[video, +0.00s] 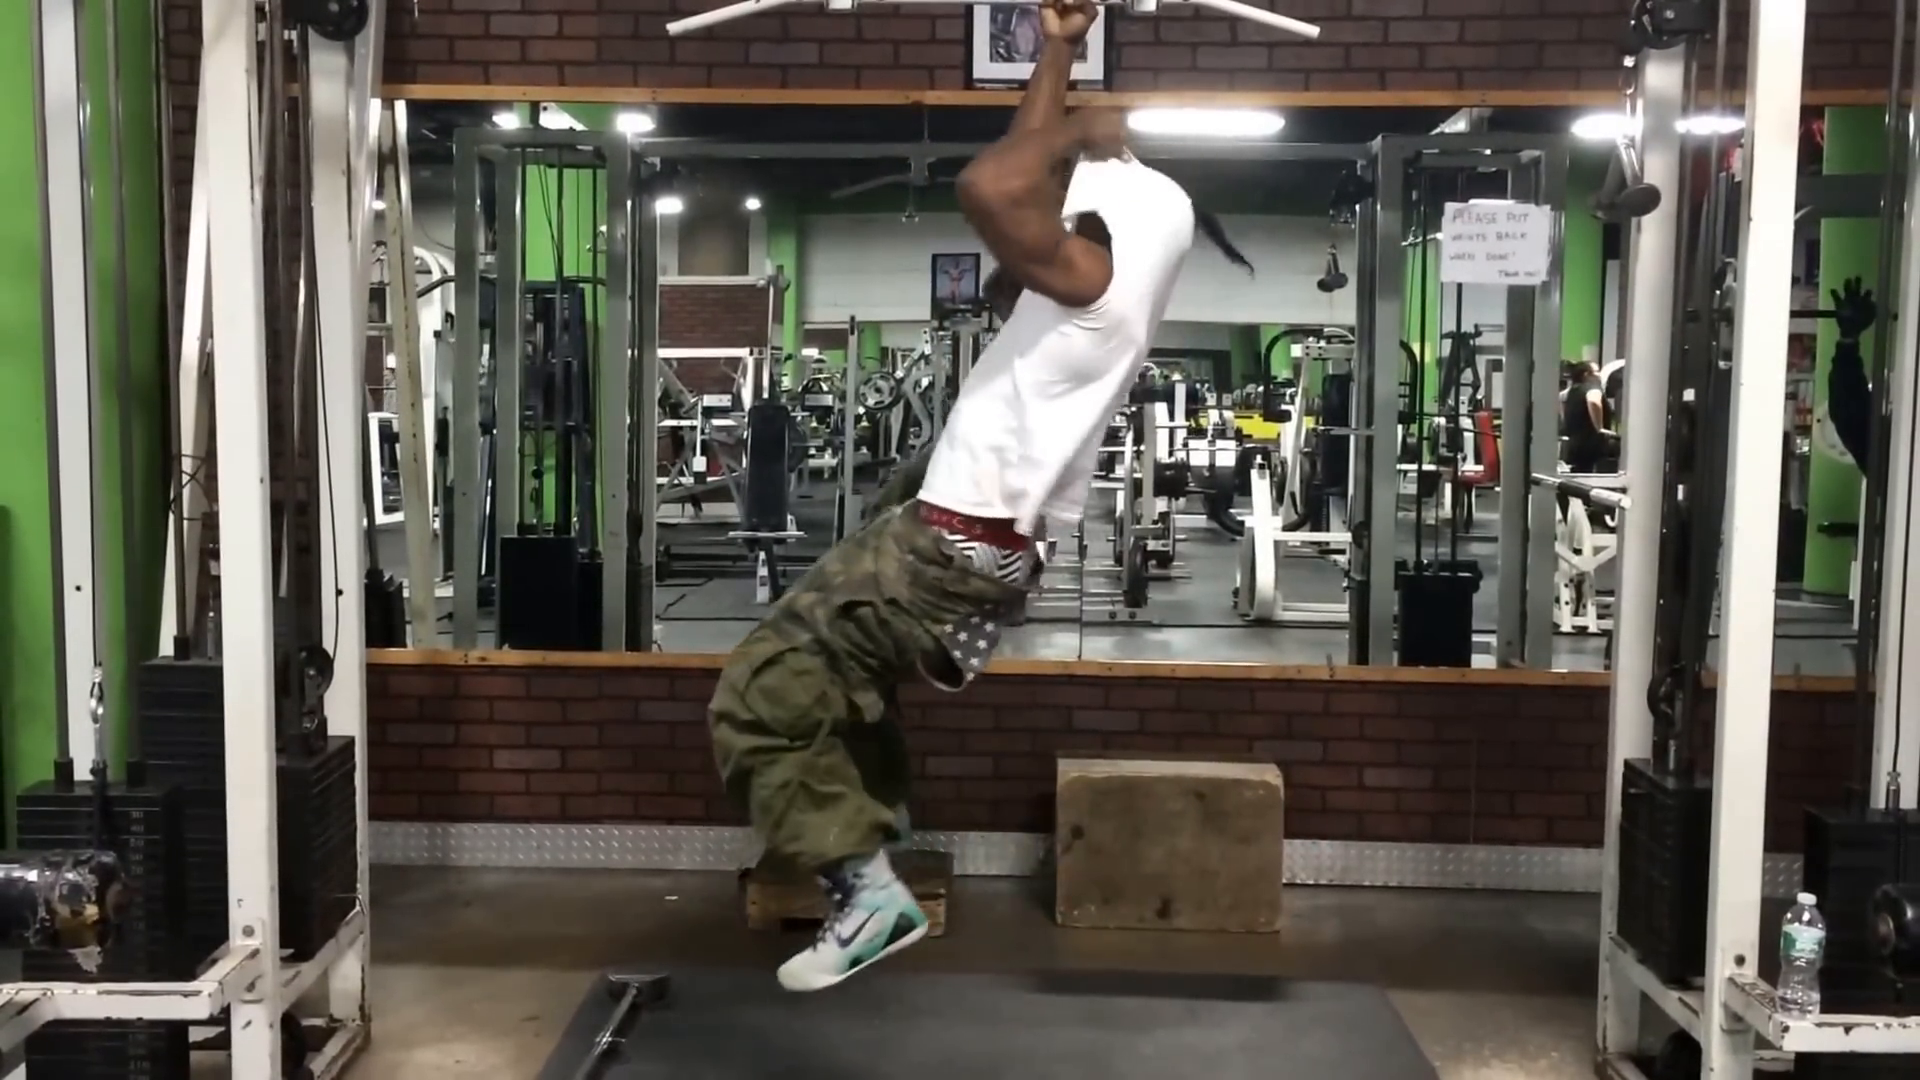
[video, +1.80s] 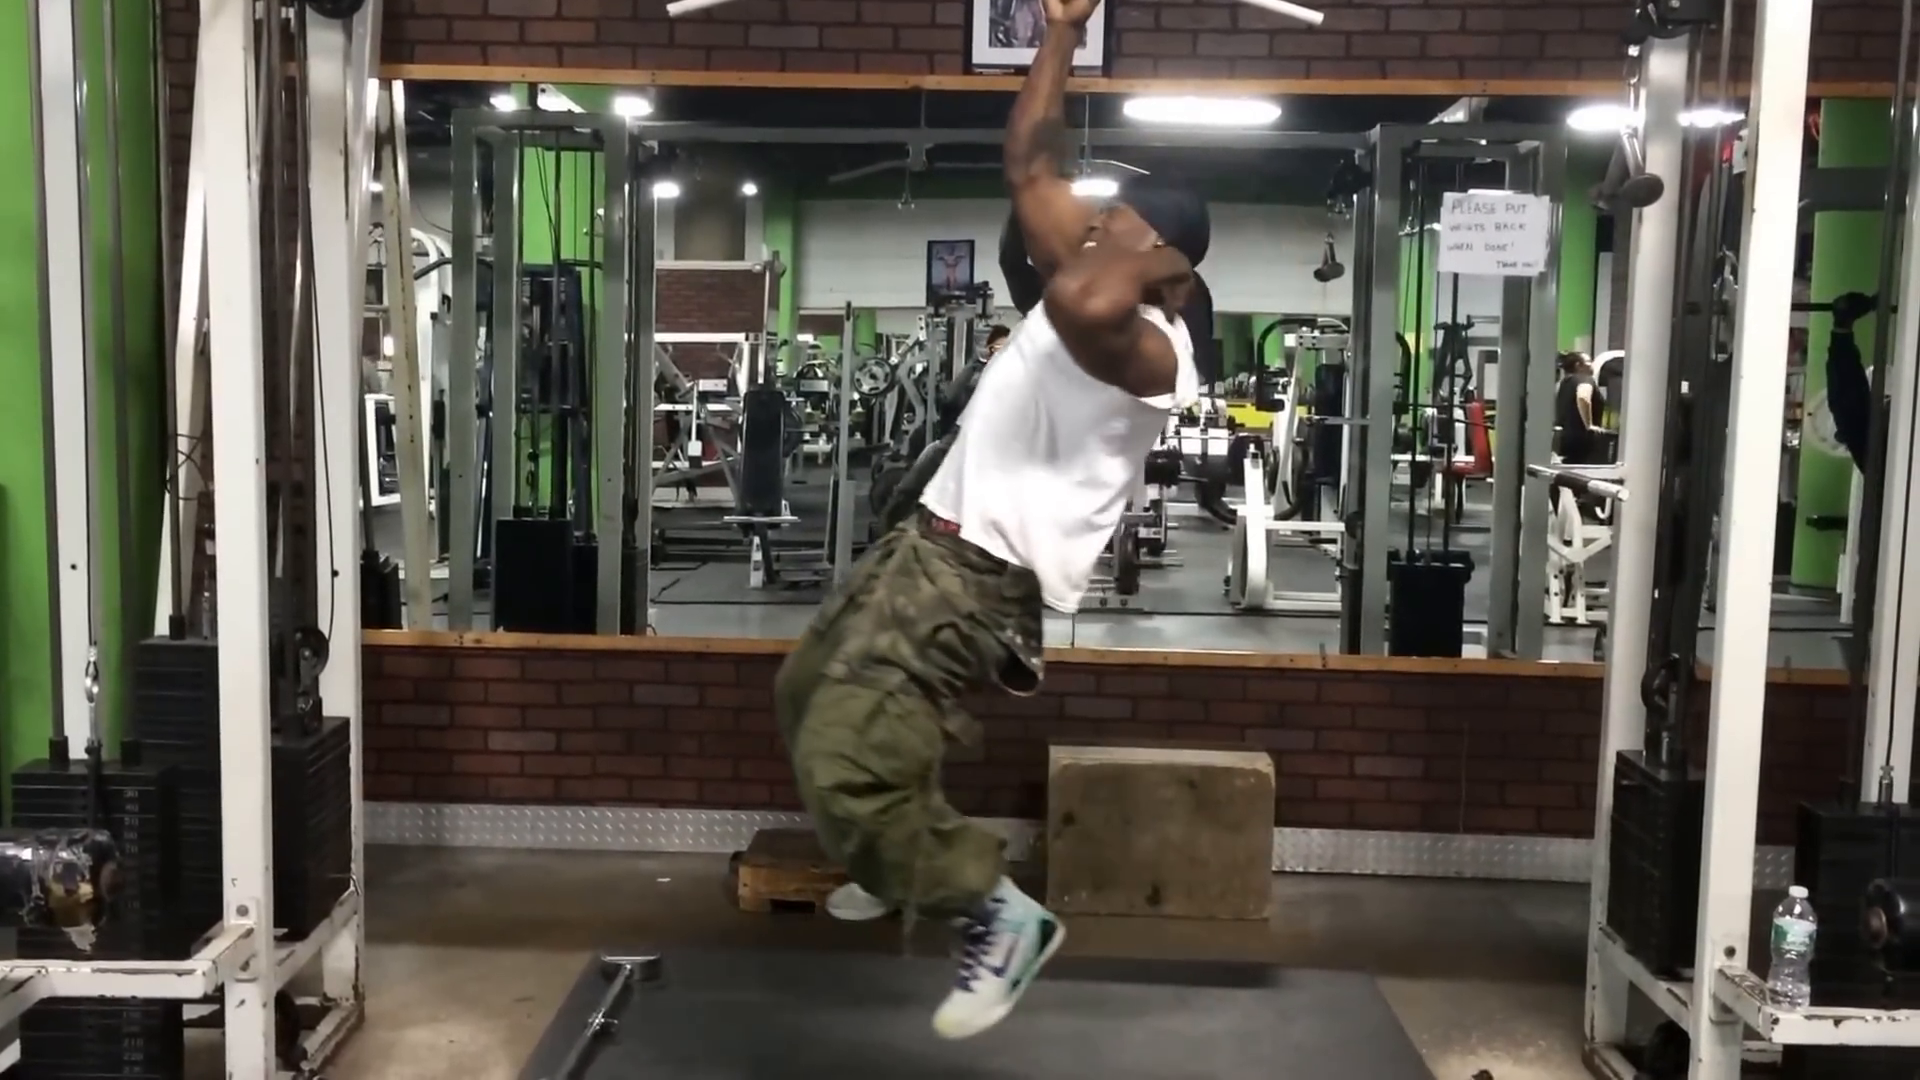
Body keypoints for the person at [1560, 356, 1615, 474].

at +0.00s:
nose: (1599, 375)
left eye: (1598, 371)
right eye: (1596, 371)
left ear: (1581, 376)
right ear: (1586, 375)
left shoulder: (1571, 390)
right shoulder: (1593, 387)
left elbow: (1559, 396)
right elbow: (1593, 402)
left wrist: (1565, 422)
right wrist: (1599, 428)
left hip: (1573, 440)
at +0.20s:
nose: (1599, 374)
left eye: (1597, 371)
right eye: (1595, 371)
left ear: (1584, 375)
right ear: (1585, 375)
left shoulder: (1572, 391)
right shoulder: (1590, 390)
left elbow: (1561, 409)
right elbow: (1588, 415)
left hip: (1571, 446)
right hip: (1585, 448)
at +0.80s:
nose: (1596, 374)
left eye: (1595, 370)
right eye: (1592, 370)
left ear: (1580, 375)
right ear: (1582, 374)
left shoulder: (1567, 390)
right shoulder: (1587, 388)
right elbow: (1586, 404)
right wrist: (1595, 430)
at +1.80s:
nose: (1592, 365)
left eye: (1590, 361)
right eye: (1588, 361)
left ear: (1576, 366)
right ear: (1578, 366)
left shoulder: (1564, 382)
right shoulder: (1585, 380)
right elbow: (1583, 398)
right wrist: (1589, 424)